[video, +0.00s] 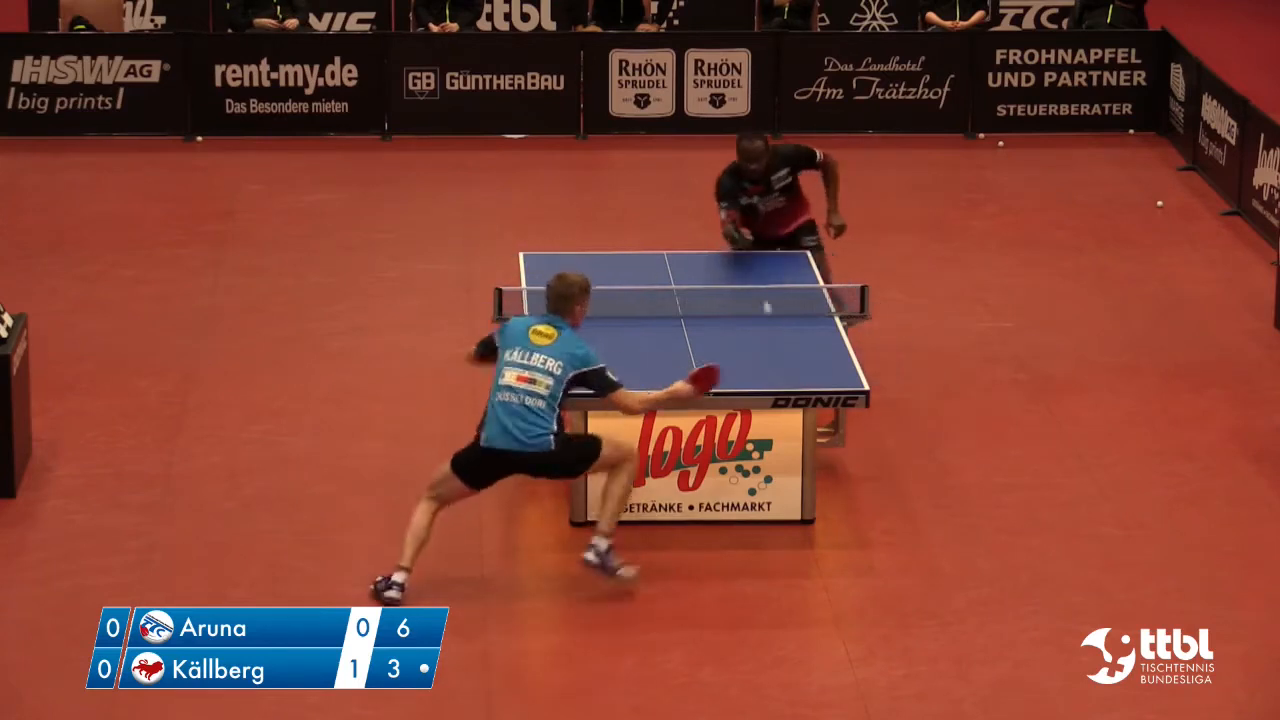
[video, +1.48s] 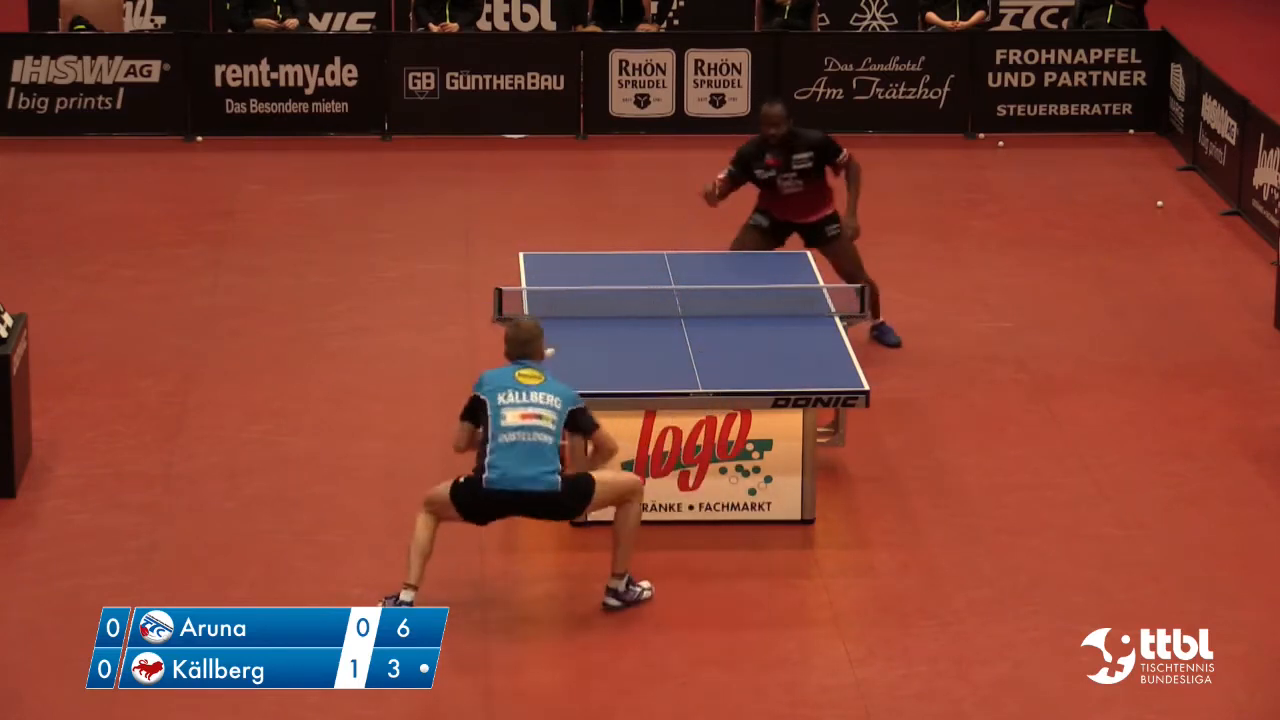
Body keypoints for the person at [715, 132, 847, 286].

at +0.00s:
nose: (753, 167)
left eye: (758, 160)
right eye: (747, 162)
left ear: (767, 152)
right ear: (738, 158)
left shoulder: (785, 156)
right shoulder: (728, 181)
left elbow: (828, 163)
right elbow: (728, 225)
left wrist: (833, 212)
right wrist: (735, 237)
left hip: (800, 231)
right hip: (761, 239)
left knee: (822, 287)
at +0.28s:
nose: (724, 159)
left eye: (729, 153)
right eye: (718, 154)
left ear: (737, 150)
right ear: (708, 151)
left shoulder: (756, 163)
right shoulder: (690, 178)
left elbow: (783, 176)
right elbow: (672, 225)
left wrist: (797, 225)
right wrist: (686, 233)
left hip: (754, 231)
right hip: (711, 238)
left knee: (782, 270)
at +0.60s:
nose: (736, 161)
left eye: (740, 155)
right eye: (729, 155)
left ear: (748, 150)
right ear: (718, 151)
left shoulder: (761, 165)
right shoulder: (700, 178)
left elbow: (779, 189)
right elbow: (684, 229)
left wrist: (787, 221)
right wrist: (715, 244)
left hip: (747, 234)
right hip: (703, 238)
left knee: (776, 269)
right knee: (658, 264)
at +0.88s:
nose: (756, 169)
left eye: (760, 163)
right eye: (750, 164)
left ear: (769, 154)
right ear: (740, 157)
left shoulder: (782, 158)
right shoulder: (724, 173)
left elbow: (797, 175)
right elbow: (698, 222)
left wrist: (818, 215)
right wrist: (734, 219)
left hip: (758, 225)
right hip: (719, 228)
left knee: (783, 267)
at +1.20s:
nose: (750, 138)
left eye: (756, 133)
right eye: (745, 133)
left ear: (765, 128)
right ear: (737, 130)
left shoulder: (783, 134)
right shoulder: (727, 149)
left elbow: (804, 154)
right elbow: (707, 173)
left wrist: (822, 196)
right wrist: (699, 186)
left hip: (784, 215)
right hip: (741, 217)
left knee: (816, 272)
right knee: (728, 269)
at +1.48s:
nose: (772, 132)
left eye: (777, 125)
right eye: (767, 126)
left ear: (789, 124)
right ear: (759, 125)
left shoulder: (815, 142)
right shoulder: (751, 152)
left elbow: (852, 167)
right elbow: (730, 181)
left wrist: (851, 215)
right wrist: (716, 193)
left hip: (818, 216)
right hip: (772, 217)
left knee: (855, 275)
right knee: (735, 262)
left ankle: (877, 324)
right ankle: (730, 326)